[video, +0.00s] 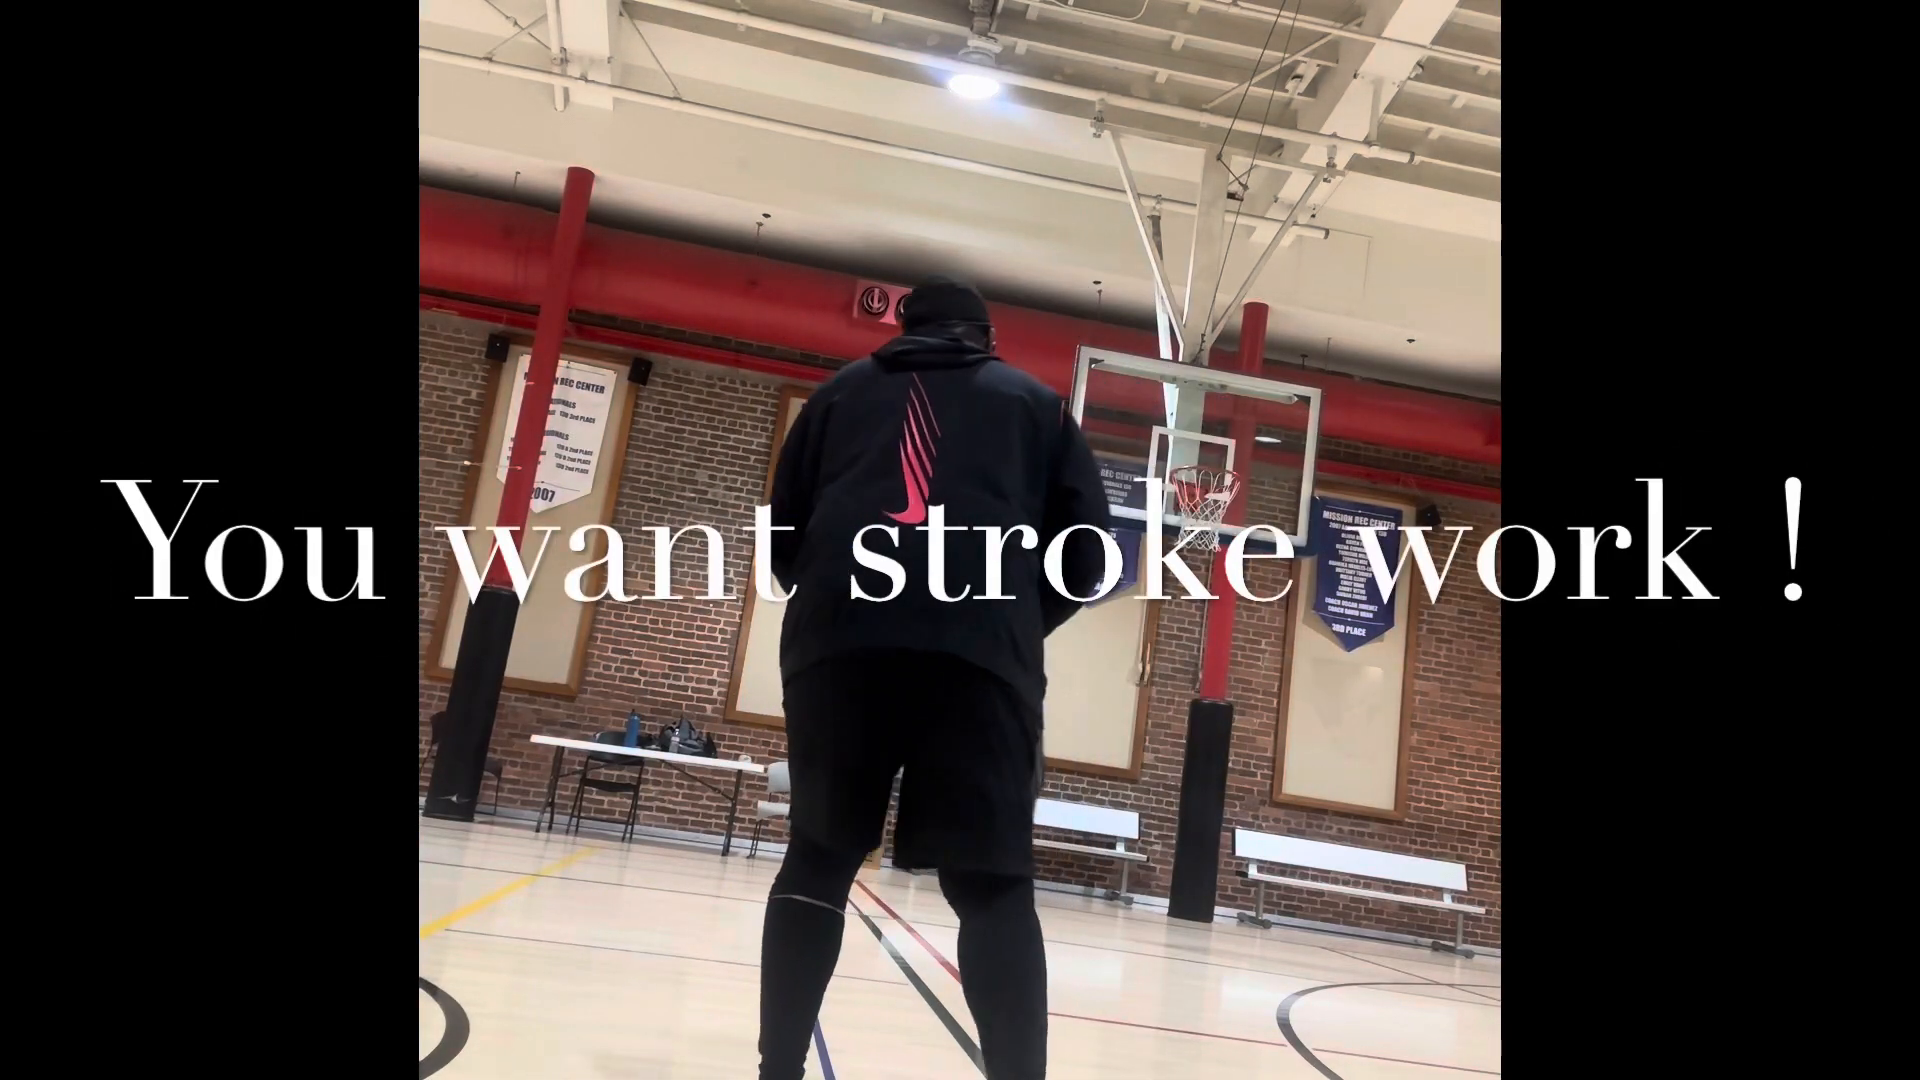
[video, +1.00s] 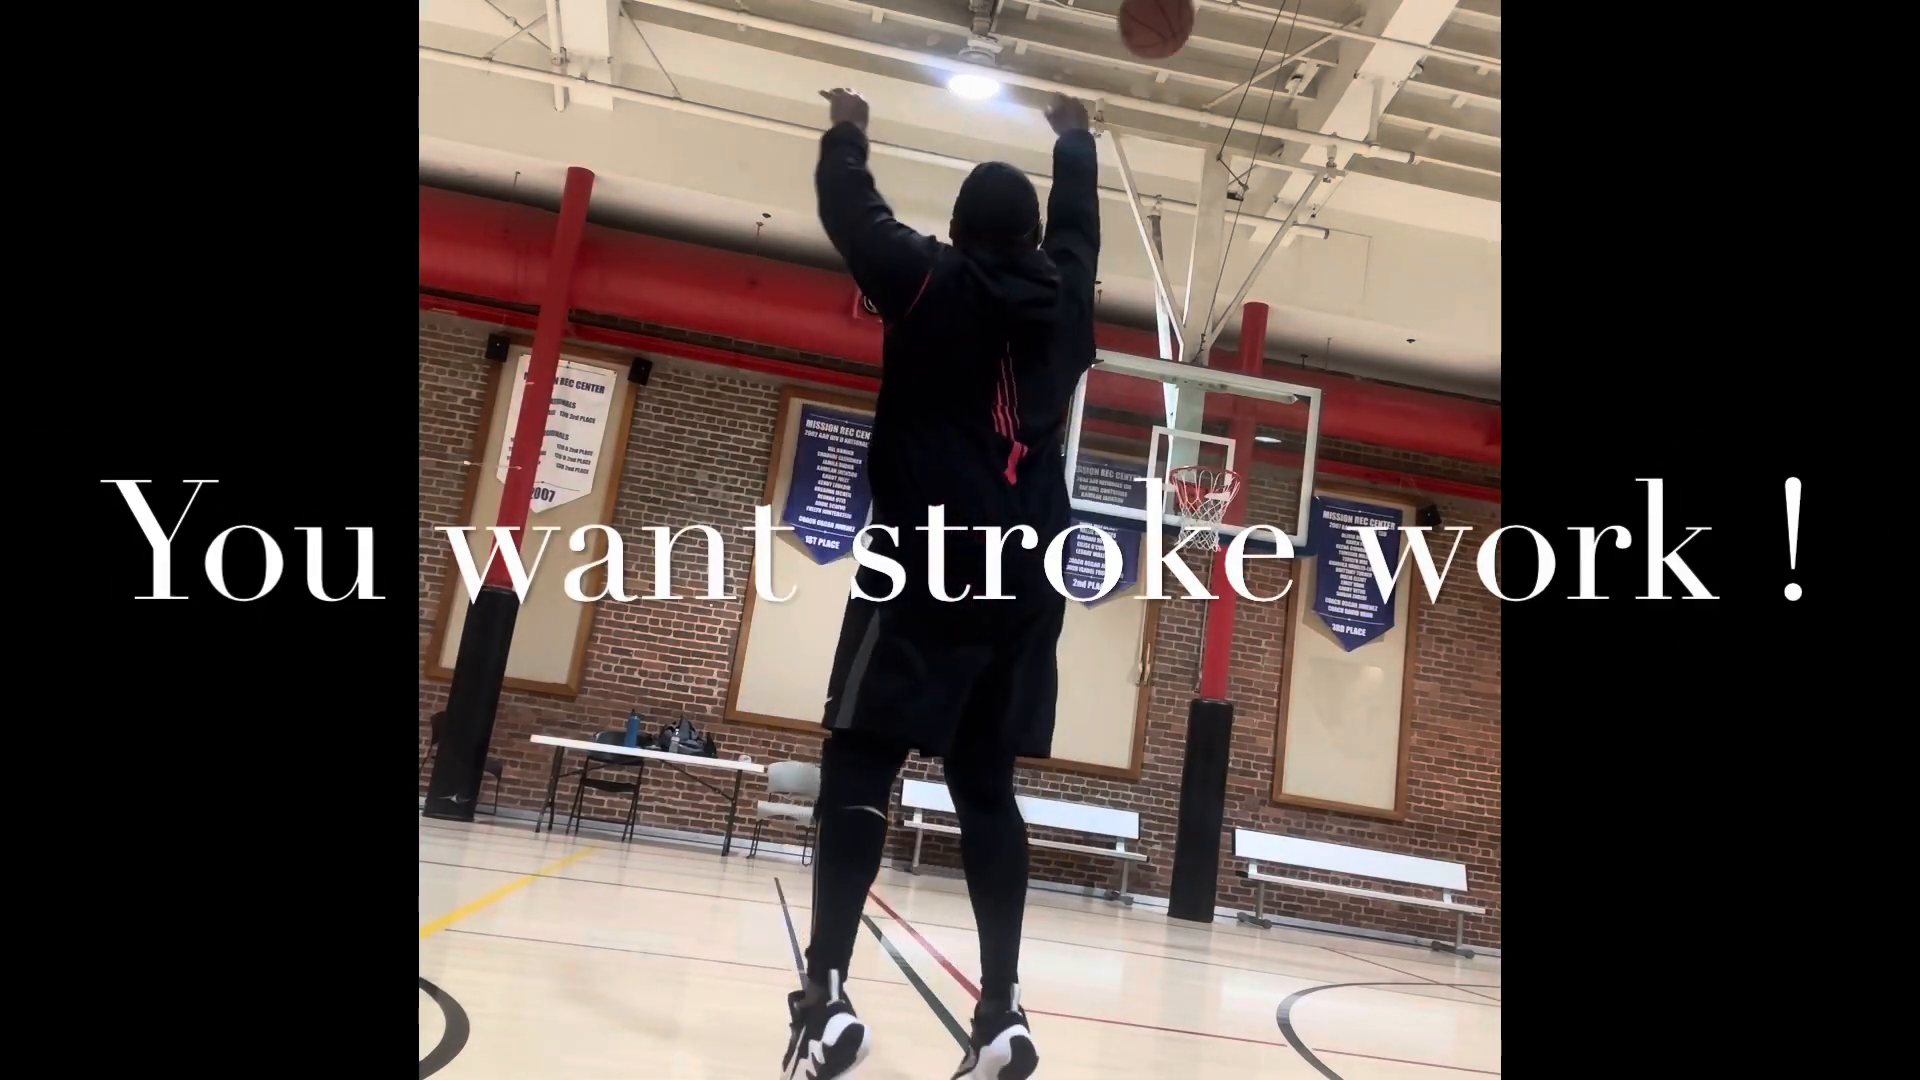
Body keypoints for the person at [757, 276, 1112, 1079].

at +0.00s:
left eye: (906, 315)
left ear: (904, 326)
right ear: (984, 334)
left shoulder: (838, 394)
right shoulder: (1036, 404)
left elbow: (785, 546)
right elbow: (1092, 552)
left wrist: (852, 596)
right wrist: (1014, 617)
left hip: (837, 659)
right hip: (983, 669)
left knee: (819, 853)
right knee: (995, 885)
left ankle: (779, 1065)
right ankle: (1018, 1072)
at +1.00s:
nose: (968, 216)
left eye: (963, 208)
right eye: (996, 206)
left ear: (957, 228)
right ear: (1033, 234)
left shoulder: (925, 282)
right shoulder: (1064, 304)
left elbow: (849, 210)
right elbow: (1076, 227)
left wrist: (845, 131)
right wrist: (1077, 139)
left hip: (912, 575)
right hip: (1021, 587)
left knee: (859, 773)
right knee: (989, 781)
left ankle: (825, 995)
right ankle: (1000, 1010)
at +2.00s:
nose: (944, 270)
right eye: (949, 257)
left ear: (863, 252)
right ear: (950, 260)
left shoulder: (798, 336)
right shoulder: (1002, 368)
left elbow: (691, 441)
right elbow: (1013, 518)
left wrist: (627, 517)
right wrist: (970, 578)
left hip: (792, 650)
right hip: (929, 666)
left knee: (796, 854)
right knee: (903, 861)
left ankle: (792, 1062)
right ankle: (834, 1053)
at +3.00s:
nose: (720, 164)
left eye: (717, 152)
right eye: (721, 150)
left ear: (609, 126)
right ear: (701, 142)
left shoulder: (501, 213)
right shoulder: (729, 236)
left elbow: (455, 374)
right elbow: (779, 418)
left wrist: (473, 505)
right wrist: (748, 571)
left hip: (470, 555)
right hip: (644, 571)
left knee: (442, 802)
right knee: (659, 800)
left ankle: (407, 1035)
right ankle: (597, 1055)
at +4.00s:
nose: (710, 289)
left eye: (703, 277)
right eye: (710, 277)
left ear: (625, 263)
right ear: (699, 274)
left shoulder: (541, 338)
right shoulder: (726, 361)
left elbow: (474, 468)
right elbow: (760, 493)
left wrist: (451, 591)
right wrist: (721, 598)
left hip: (515, 617)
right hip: (636, 638)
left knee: (491, 810)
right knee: (568, 824)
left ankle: (473, 1012)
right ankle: (480, 1035)